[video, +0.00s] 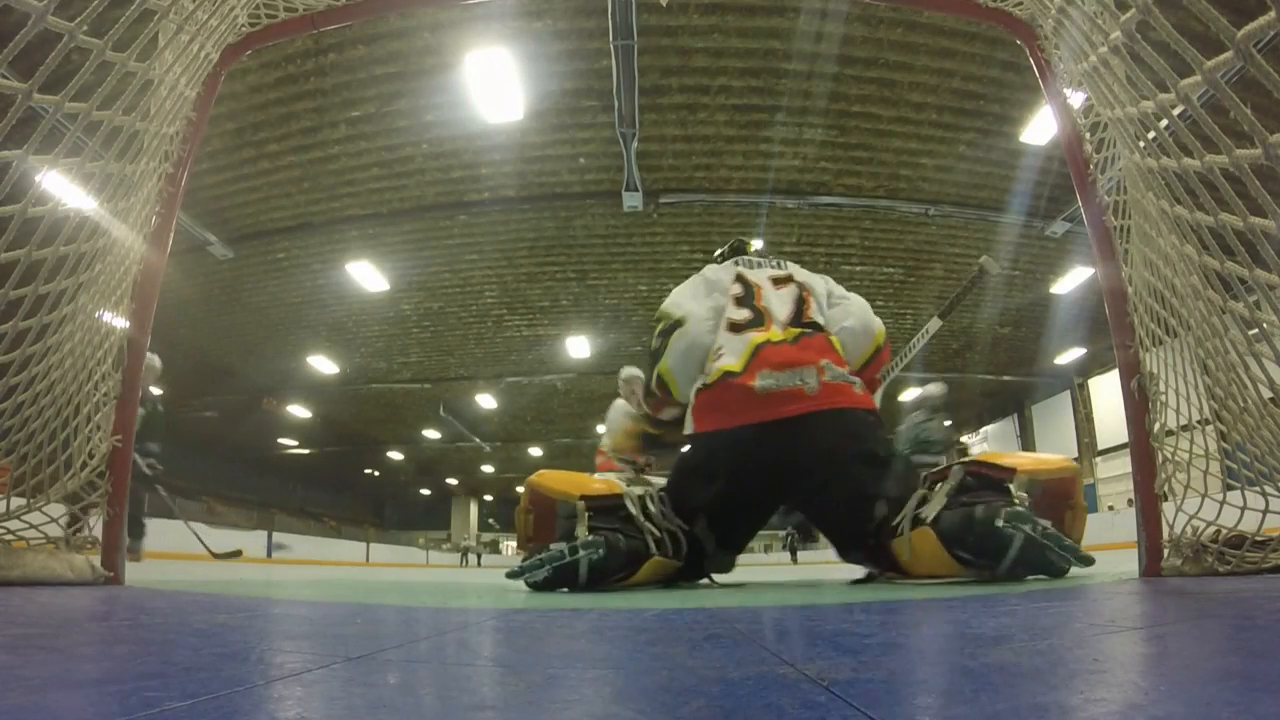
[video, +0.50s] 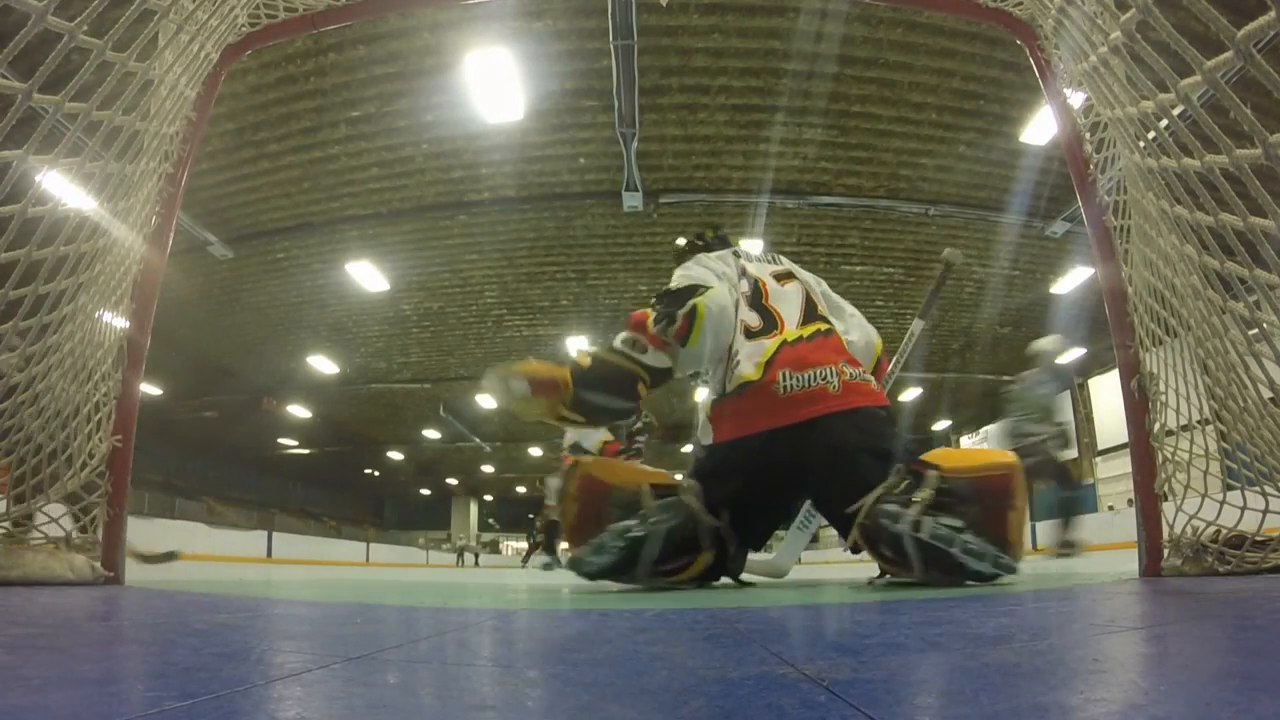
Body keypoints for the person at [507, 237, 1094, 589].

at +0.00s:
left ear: (718, 263)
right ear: (771, 261)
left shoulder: (700, 283)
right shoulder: (817, 282)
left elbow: (675, 353)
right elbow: (873, 340)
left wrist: (636, 438)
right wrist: (856, 411)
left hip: (729, 422)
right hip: (835, 413)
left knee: (682, 542)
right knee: (894, 537)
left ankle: (613, 553)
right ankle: (978, 535)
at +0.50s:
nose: (679, 271)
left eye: (681, 262)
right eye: (683, 264)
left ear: (698, 253)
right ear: (746, 247)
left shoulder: (703, 264)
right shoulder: (801, 277)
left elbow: (680, 309)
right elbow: (871, 344)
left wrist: (611, 378)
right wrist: (849, 404)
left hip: (758, 420)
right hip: (854, 406)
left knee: (707, 531)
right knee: (880, 510)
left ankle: (668, 534)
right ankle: (921, 525)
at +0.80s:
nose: (641, 284)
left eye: (642, 273)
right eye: (642, 276)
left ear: (660, 252)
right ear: (705, 239)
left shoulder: (683, 272)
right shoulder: (758, 271)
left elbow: (641, 347)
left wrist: (578, 401)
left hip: (773, 431)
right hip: (856, 405)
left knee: (732, 539)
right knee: (888, 513)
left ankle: (727, 541)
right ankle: (939, 521)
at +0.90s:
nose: (626, 268)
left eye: (626, 259)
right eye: (627, 256)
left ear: (642, 248)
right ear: (679, 232)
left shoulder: (671, 273)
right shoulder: (740, 267)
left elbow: (636, 344)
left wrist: (566, 367)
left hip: (777, 425)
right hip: (849, 399)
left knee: (750, 520)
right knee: (883, 510)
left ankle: (747, 533)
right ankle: (943, 519)